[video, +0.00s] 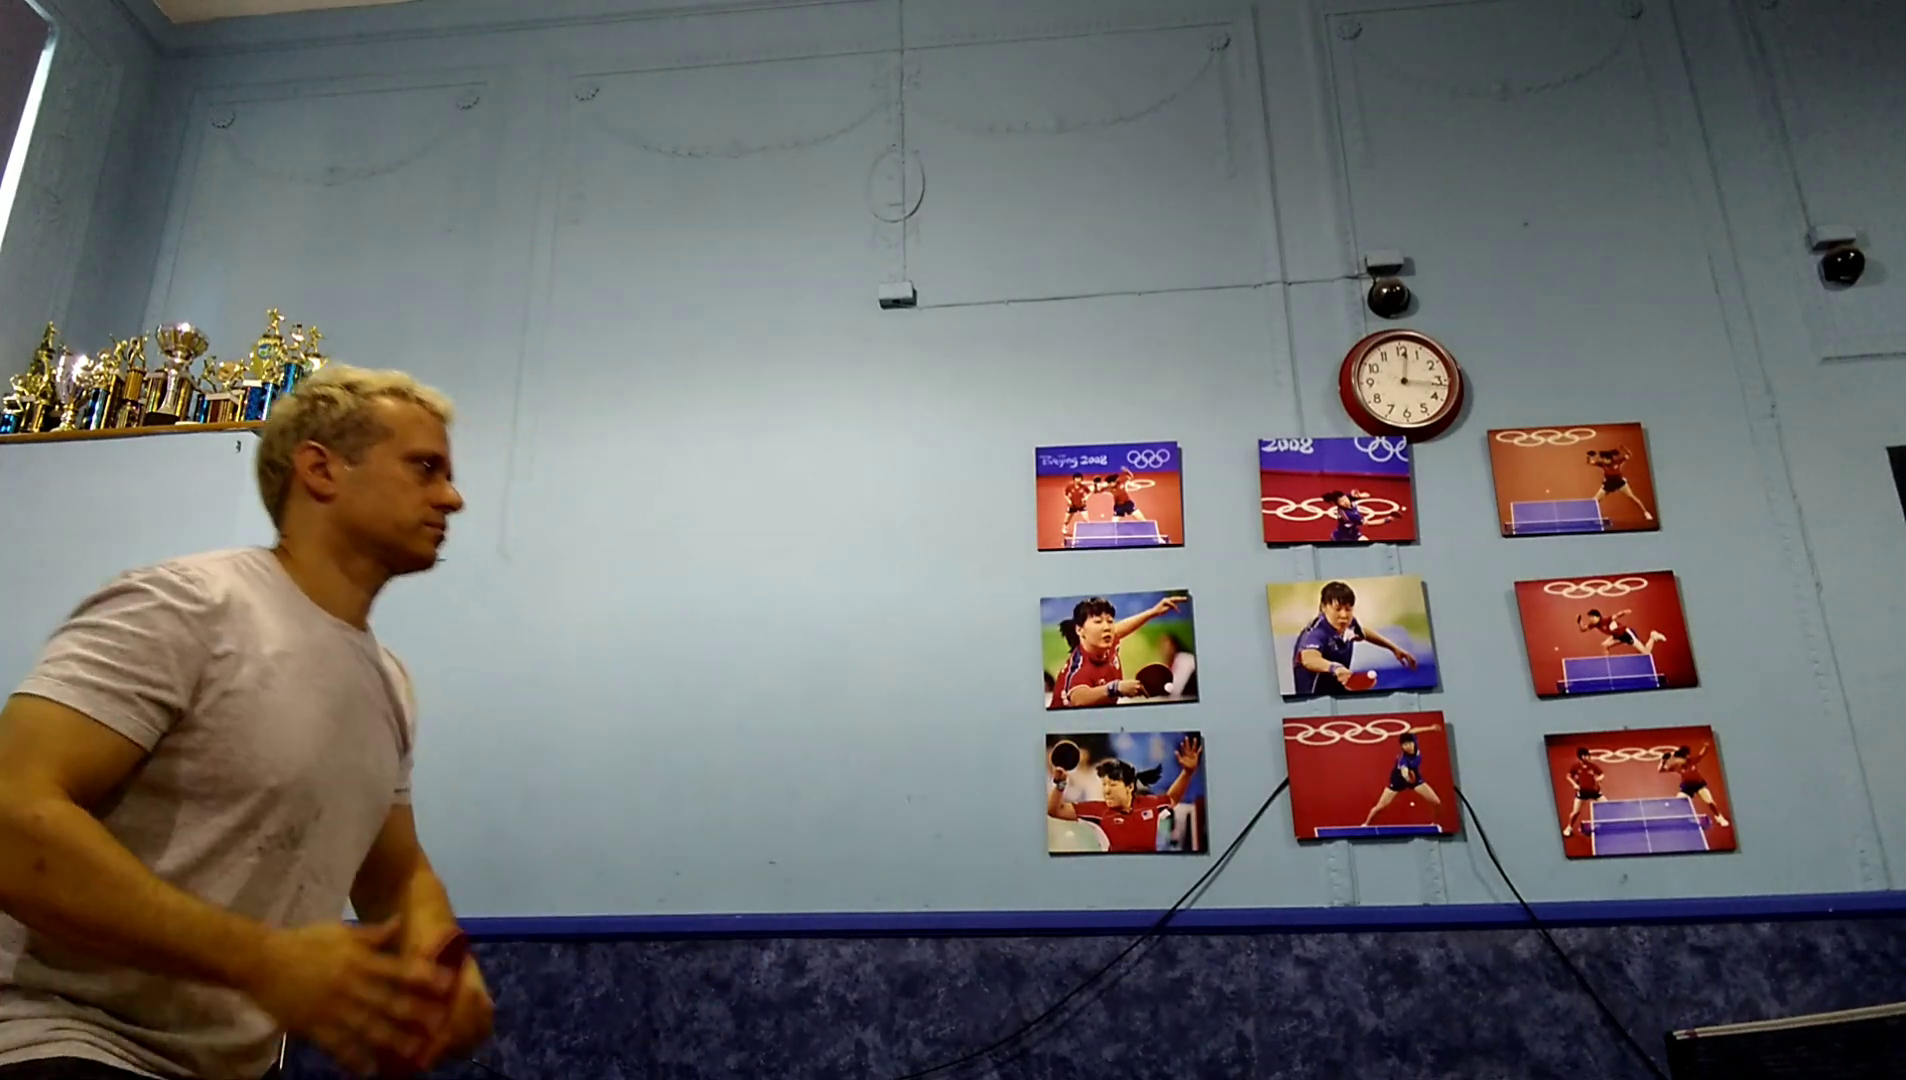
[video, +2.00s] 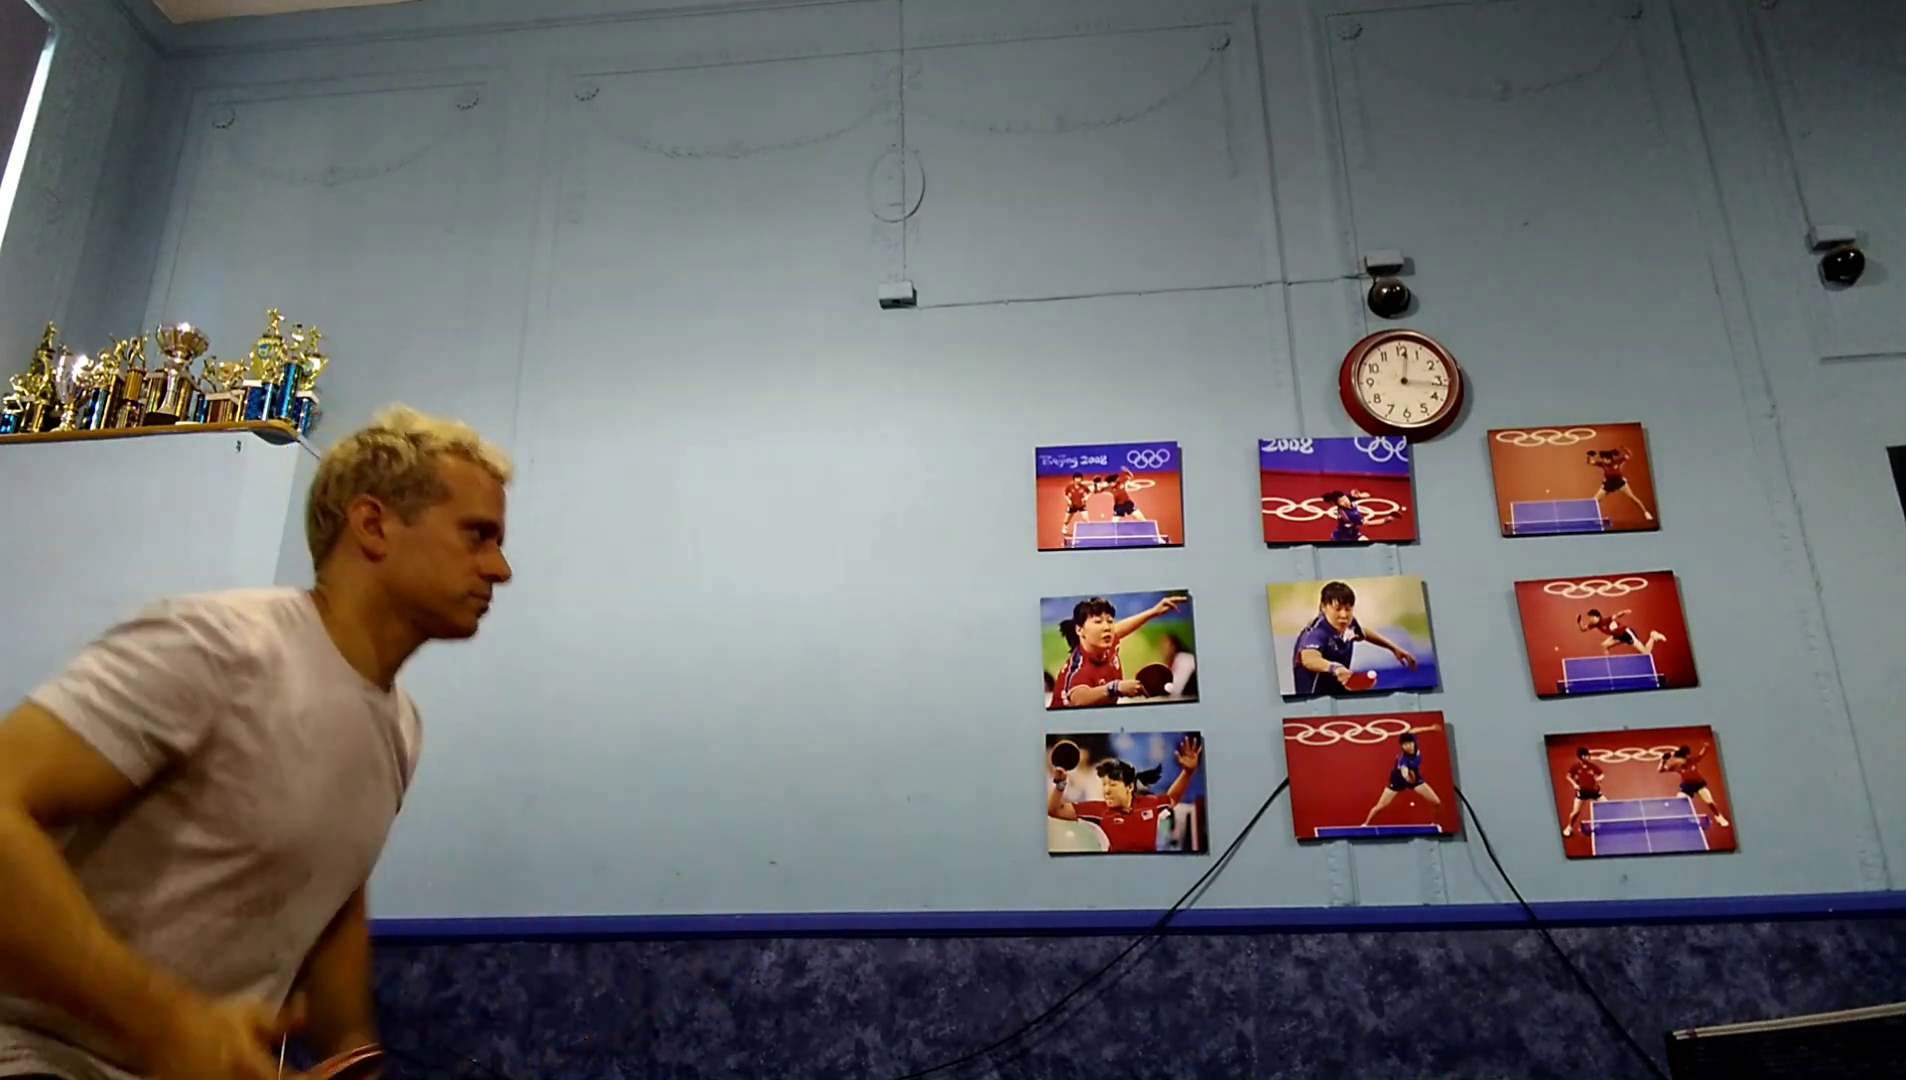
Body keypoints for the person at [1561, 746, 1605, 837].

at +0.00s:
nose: (1588, 758)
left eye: (1588, 755)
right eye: (1586, 756)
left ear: (1588, 756)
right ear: (1581, 757)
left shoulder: (1592, 766)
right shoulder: (1576, 767)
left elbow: (1602, 775)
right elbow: (1568, 776)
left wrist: (1598, 779)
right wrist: (1574, 784)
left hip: (1594, 791)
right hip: (1582, 791)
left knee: (1607, 806)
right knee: (1576, 812)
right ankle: (1569, 827)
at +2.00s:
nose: (1588, 758)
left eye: (1588, 755)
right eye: (1586, 756)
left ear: (1588, 756)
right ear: (1581, 757)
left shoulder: (1592, 766)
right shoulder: (1576, 767)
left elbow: (1602, 774)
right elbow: (1568, 776)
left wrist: (1598, 779)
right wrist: (1574, 784)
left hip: (1594, 791)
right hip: (1582, 791)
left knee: (1607, 806)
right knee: (1576, 812)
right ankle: (1569, 827)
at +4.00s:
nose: (1587, 758)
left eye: (1588, 755)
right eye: (1585, 755)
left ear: (1589, 756)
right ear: (1581, 757)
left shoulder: (1592, 766)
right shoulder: (1576, 767)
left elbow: (1602, 774)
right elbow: (1568, 776)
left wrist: (1598, 779)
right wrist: (1574, 785)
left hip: (1594, 791)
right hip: (1582, 791)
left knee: (1606, 806)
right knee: (1576, 812)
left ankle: (1606, 826)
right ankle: (1569, 827)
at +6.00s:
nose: (1587, 757)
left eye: (1588, 755)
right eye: (1585, 755)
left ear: (1589, 756)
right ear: (1581, 757)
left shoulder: (1592, 766)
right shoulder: (1576, 767)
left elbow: (1602, 774)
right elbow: (1568, 776)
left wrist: (1598, 779)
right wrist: (1574, 785)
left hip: (1594, 791)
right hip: (1582, 791)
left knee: (1606, 805)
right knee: (1576, 812)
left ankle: (1606, 826)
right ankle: (1569, 827)